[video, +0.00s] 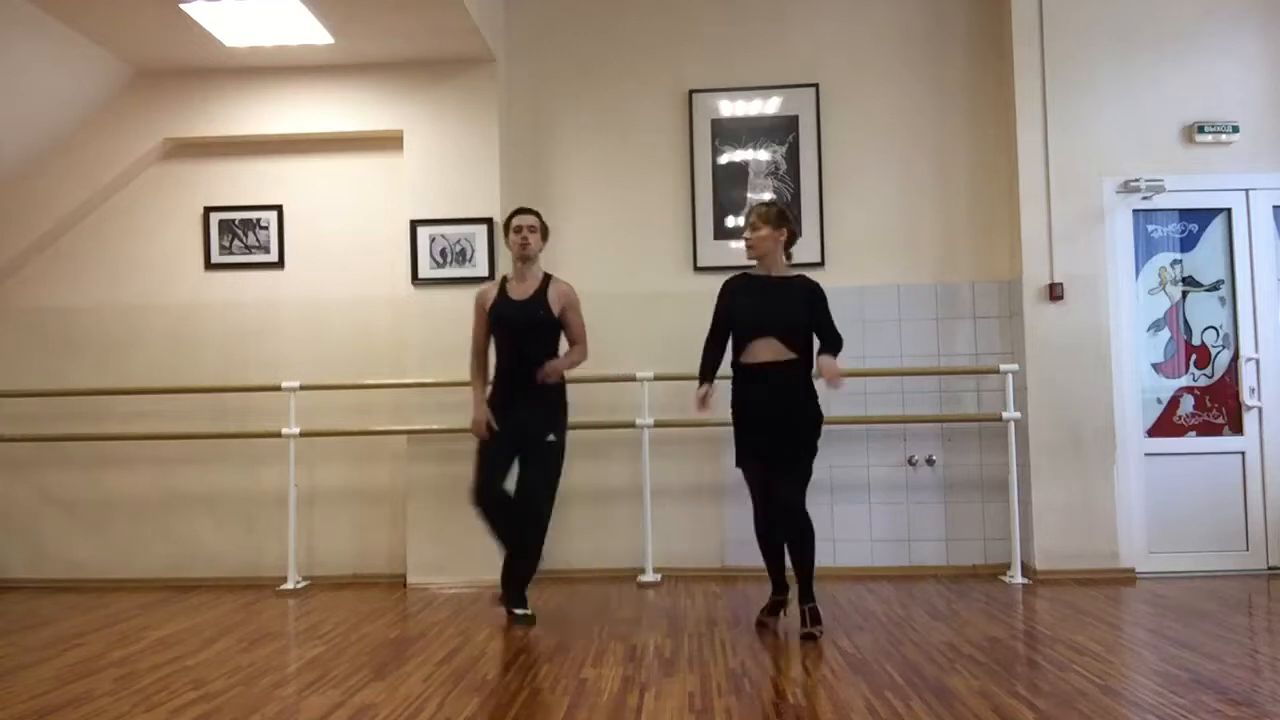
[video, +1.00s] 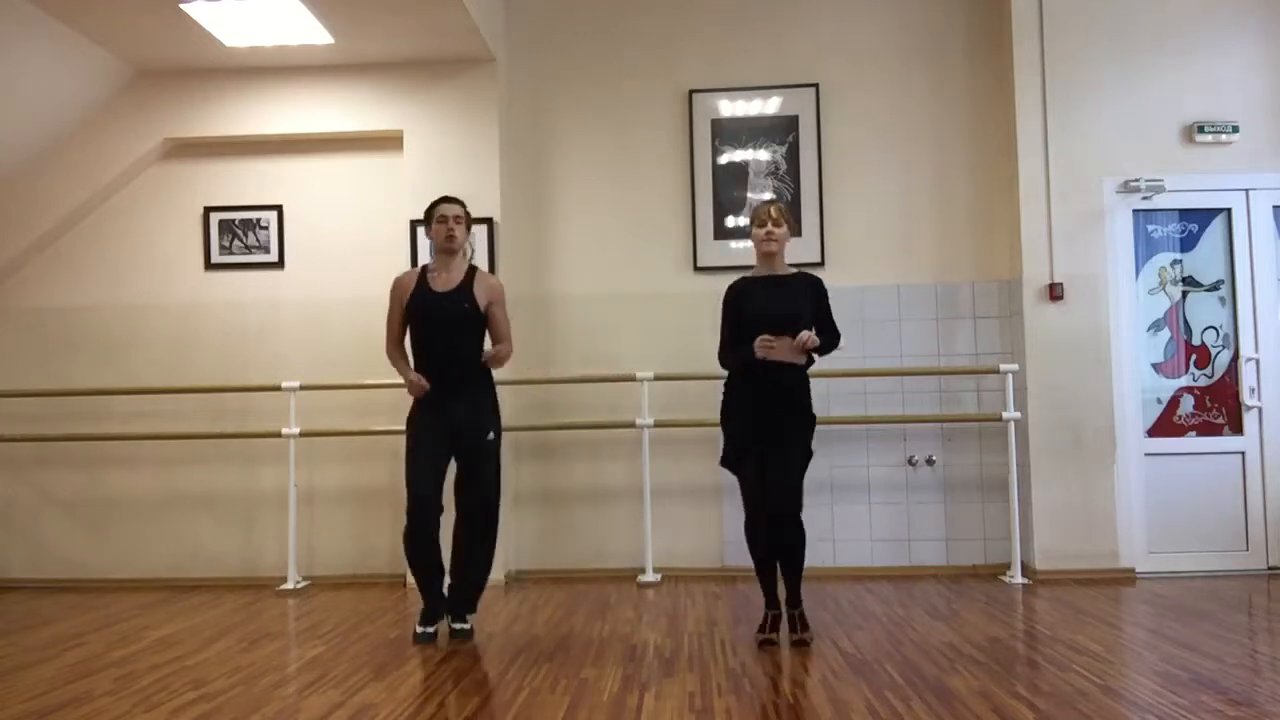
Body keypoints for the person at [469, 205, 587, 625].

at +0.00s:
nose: (524, 237)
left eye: (531, 231)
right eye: (517, 231)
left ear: (543, 240)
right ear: (507, 240)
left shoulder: (560, 292)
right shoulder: (489, 295)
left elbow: (580, 349)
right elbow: (479, 354)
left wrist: (561, 365)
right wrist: (479, 403)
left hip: (545, 407)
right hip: (503, 406)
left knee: (534, 506)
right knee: (486, 492)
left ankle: (517, 595)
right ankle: (525, 549)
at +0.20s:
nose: (505, 236)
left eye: (512, 230)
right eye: (498, 230)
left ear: (524, 239)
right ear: (488, 240)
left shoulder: (541, 294)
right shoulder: (468, 294)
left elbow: (560, 353)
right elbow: (454, 349)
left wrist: (546, 356)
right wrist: (455, 399)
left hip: (529, 412)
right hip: (482, 410)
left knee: (526, 510)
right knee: (456, 504)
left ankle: (518, 599)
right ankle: (437, 603)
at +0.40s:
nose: (481, 229)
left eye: (489, 223)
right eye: (473, 223)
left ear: (501, 233)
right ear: (462, 234)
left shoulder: (518, 288)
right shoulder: (441, 287)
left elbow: (531, 344)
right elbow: (422, 346)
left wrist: (533, 356)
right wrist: (428, 398)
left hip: (499, 402)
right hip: (452, 403)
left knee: (509, 498)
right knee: (438, 507)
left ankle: (501, 588)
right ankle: (433, 609)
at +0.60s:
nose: (462, 229)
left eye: (470, 223)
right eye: (455, 223)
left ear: (483, 233)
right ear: (443, 233)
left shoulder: (504, 286)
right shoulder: (424, 290)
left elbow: (520, 341)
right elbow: (401, 352)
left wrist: (528, 353)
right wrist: (412, 406)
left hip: (476, 404)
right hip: (429, 403)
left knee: (458, 503)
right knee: (425, 507)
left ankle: (452, 606)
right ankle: (430, 610)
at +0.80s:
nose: (454, 222)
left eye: (462, 216)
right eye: (446, 216)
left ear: (475, 226)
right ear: (434, 226)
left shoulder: (494, 278)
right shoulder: (413, 280)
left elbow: (512, 337)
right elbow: (400, 341)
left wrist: (517, 344)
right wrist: (412, 382)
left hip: (480, 404)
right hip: (431, 405)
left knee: (477, 510)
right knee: (419, 503)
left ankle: (458, 605)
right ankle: (431, 602)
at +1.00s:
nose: (450, 227)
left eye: (457, 221)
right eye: (441, 221)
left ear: (468, 231)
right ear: (428, 232)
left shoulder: (487, 286)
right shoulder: (406, 285)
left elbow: (504, 349)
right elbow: (393, 345)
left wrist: (484, 361)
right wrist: (408, 375)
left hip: (477, 407)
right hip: (430, 406)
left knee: (477, 511)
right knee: (422, 510)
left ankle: (462, 608)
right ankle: (431, 605)